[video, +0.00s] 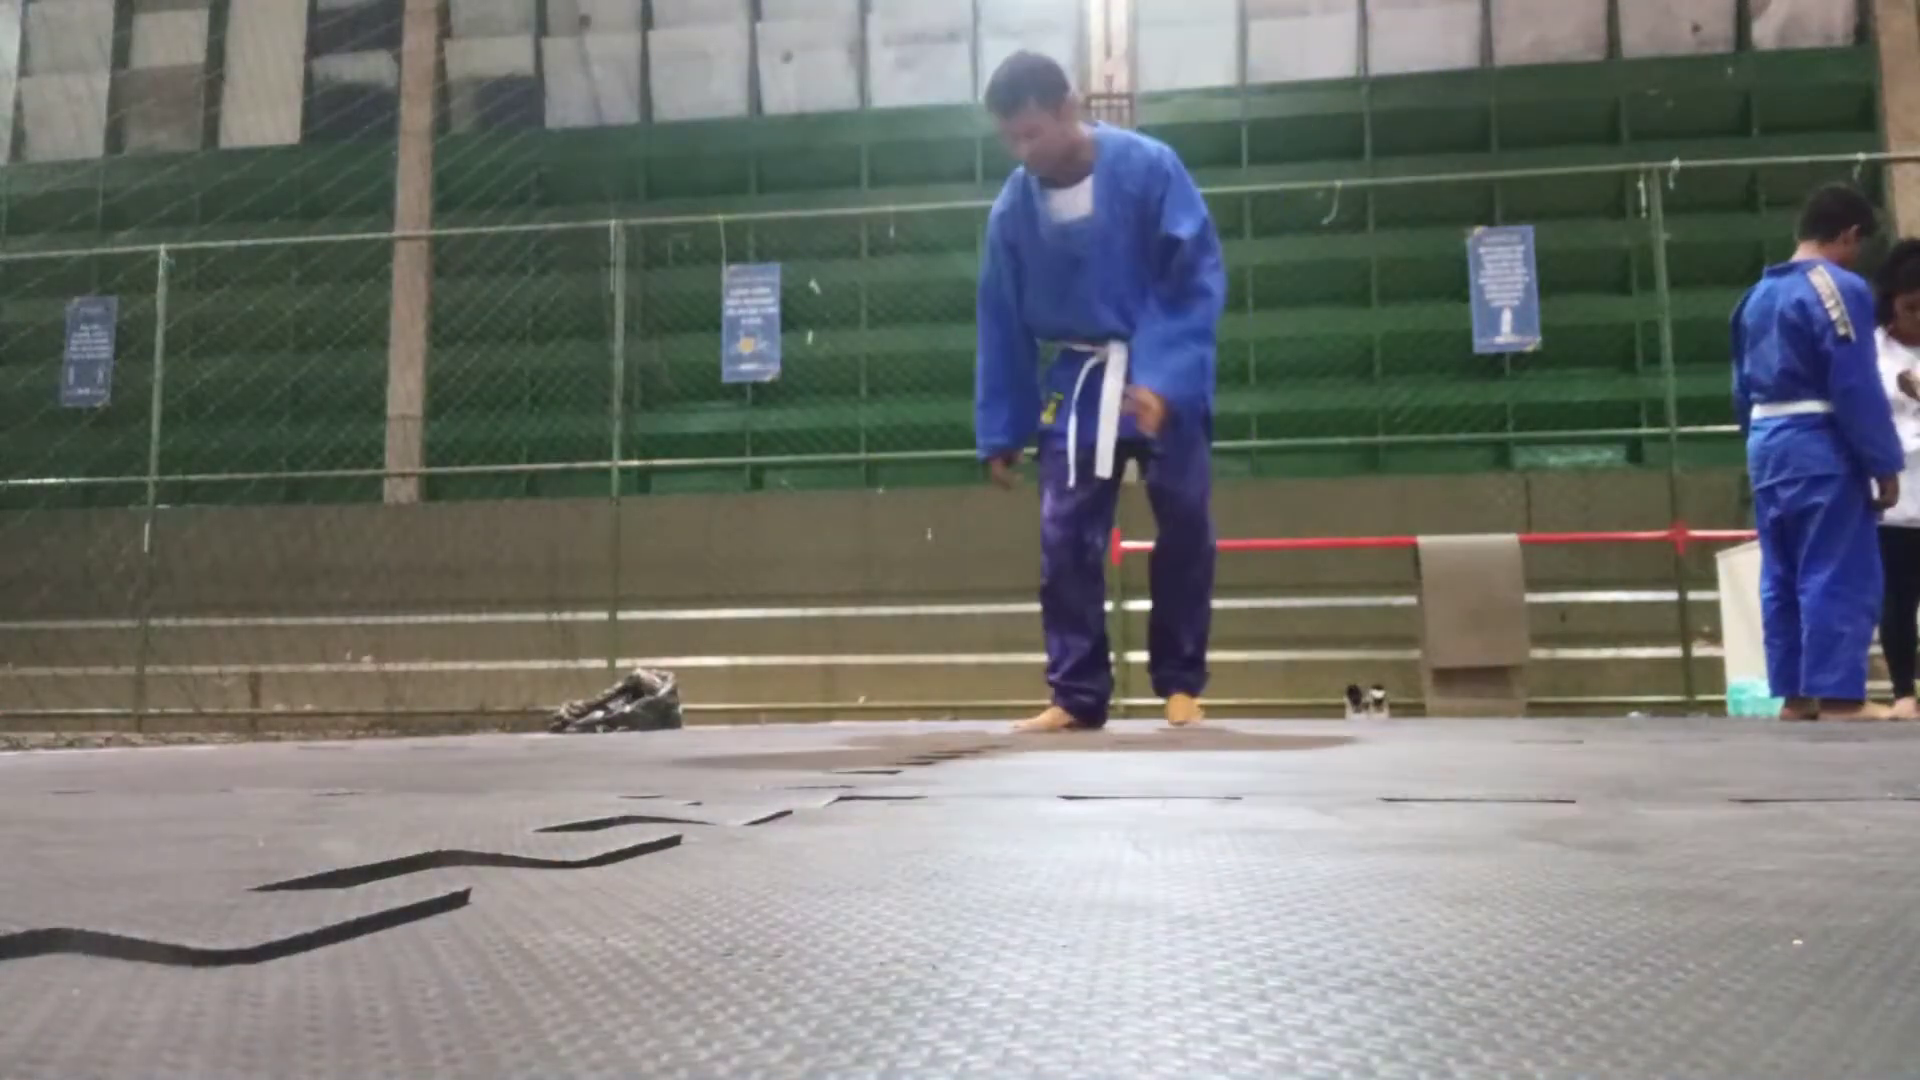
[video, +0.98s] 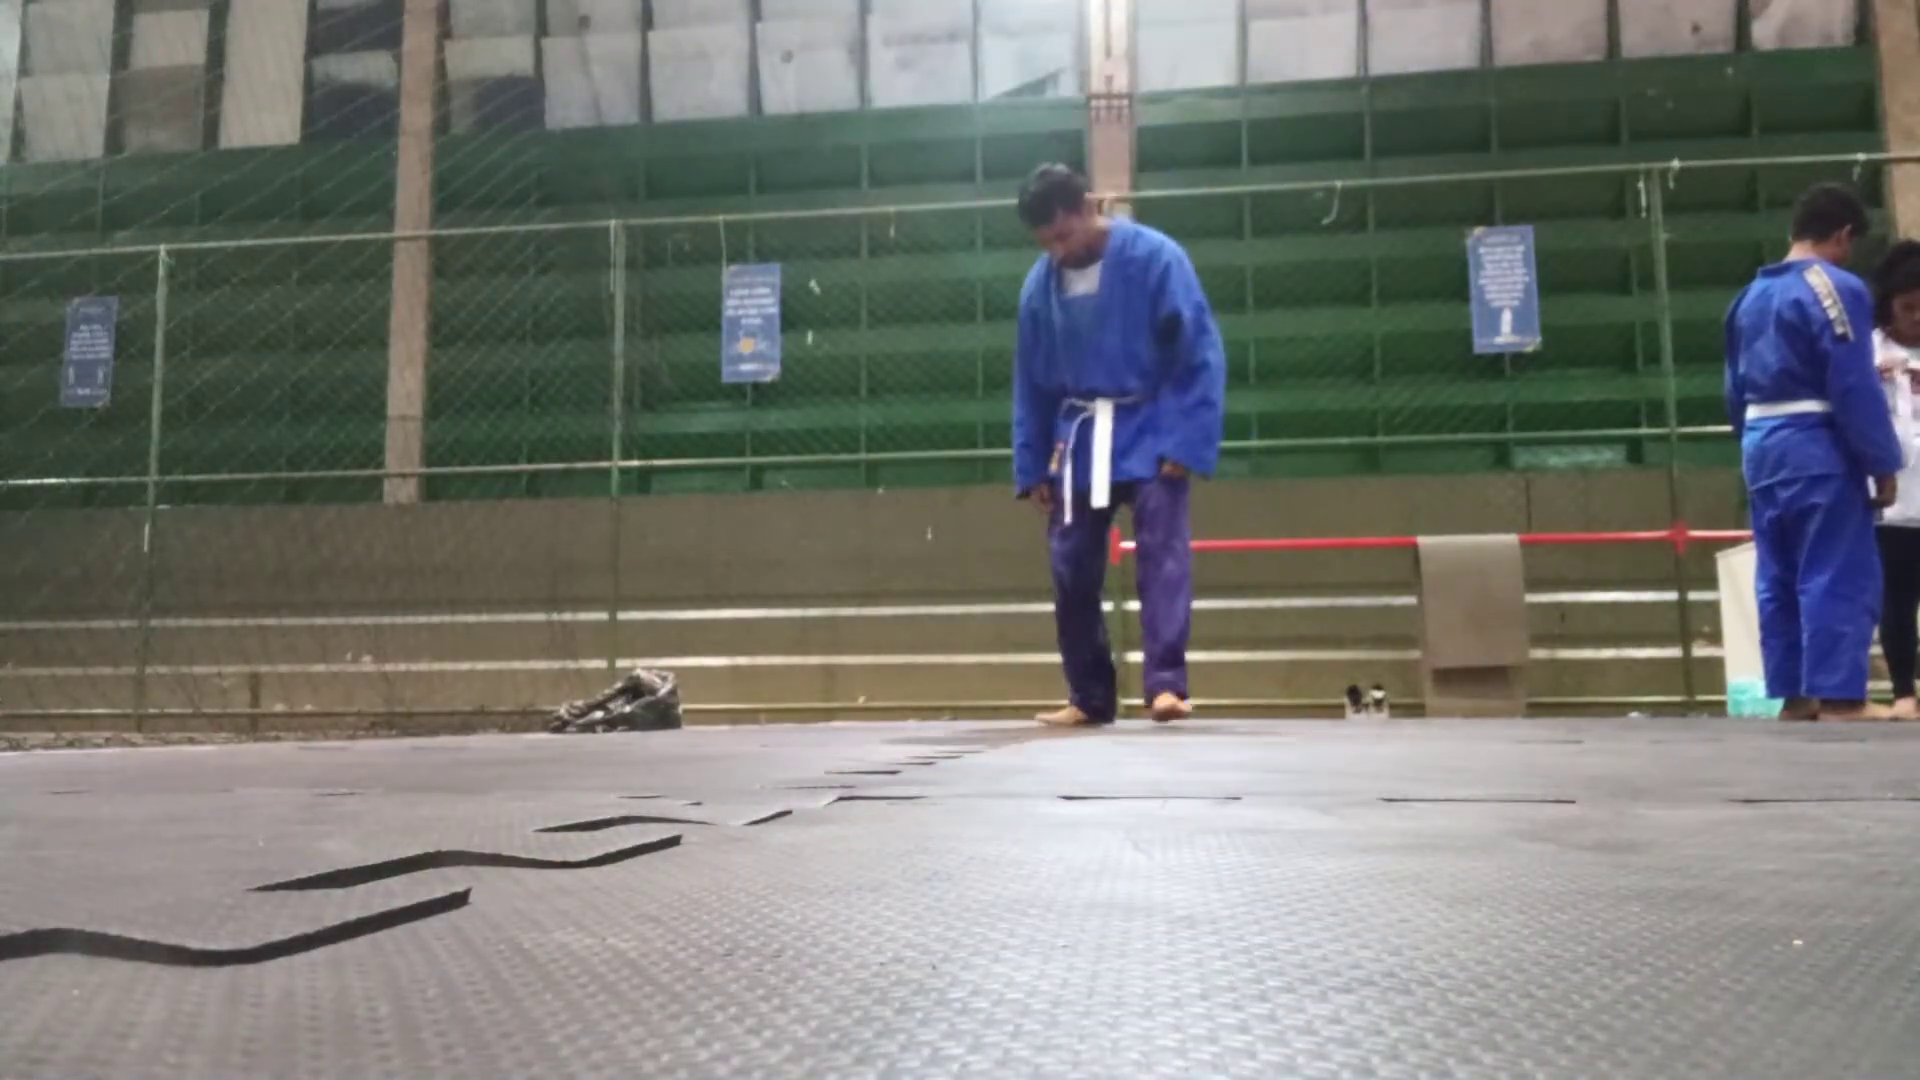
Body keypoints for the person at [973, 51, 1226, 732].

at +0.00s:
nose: (1024, 151)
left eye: (1034, 134)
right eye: (1013, 139)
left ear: (1072, 111)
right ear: (1002, 134)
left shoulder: (1148, 169)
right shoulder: (1013, 210)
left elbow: (1197, 283)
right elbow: (999, 321)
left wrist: (1162, 379)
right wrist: (1000, 422)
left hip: (1163, 352)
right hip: (1078, 361)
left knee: (1185, 515)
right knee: (1064, 526)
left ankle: (1181, 686)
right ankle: (1077, 698)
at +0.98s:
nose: (1057, 251)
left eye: (1062, 236)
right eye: (1046, 242)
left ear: (1089, 211)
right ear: (1037, 234)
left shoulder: (1155, 258)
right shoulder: (1041, 286)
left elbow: (1201, 354)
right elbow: (1031, 384)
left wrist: (1186, 442)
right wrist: (1031, 467)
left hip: (1153, 414)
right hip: (1078, 422)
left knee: (1160, 539)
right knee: (1070, 560)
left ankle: (1166, 688)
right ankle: (1090, 700)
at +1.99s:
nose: (1038, 344)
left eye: (1048, 330)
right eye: (1025, 333)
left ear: (1069, 320)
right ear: (1010, 331)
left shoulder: (1117, 368)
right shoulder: (999, 376)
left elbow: (1109, 477)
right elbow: (983, 453)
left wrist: (1033, 552)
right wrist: (982, 520)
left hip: (1133, 475)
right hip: (1064, 480)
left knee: (1143, 550)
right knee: (1006, 574)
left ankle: (1144, 696)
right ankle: (1039, 702)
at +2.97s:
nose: (1062, 464)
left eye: (1072, 454)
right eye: (1051, 458)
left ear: (1095, 419)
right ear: (1031, 437)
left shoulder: (1137, 399)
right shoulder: (1015, 443)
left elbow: (1135, 514)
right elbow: (1008, 539)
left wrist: (1056, 578)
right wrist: (1001, 644)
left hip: (1142, 469)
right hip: (1065, 481)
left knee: (1158, 547)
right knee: (1027, 571)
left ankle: (1150, 696)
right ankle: (1040, 700)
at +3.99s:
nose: (1067, 439)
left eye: (1074, 420)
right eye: (1050, 431)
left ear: (1087, 399)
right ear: (1027, 427)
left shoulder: (1127, 387)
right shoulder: (1017, 450)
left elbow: (1209, 467)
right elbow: (1008, 553)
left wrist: (1163, 560)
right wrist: (1003, 670)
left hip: (1144, 487)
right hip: (1076, 498)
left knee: (1160, 570)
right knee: (1033, 584)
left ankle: (1149, 703)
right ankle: (1049, 705)